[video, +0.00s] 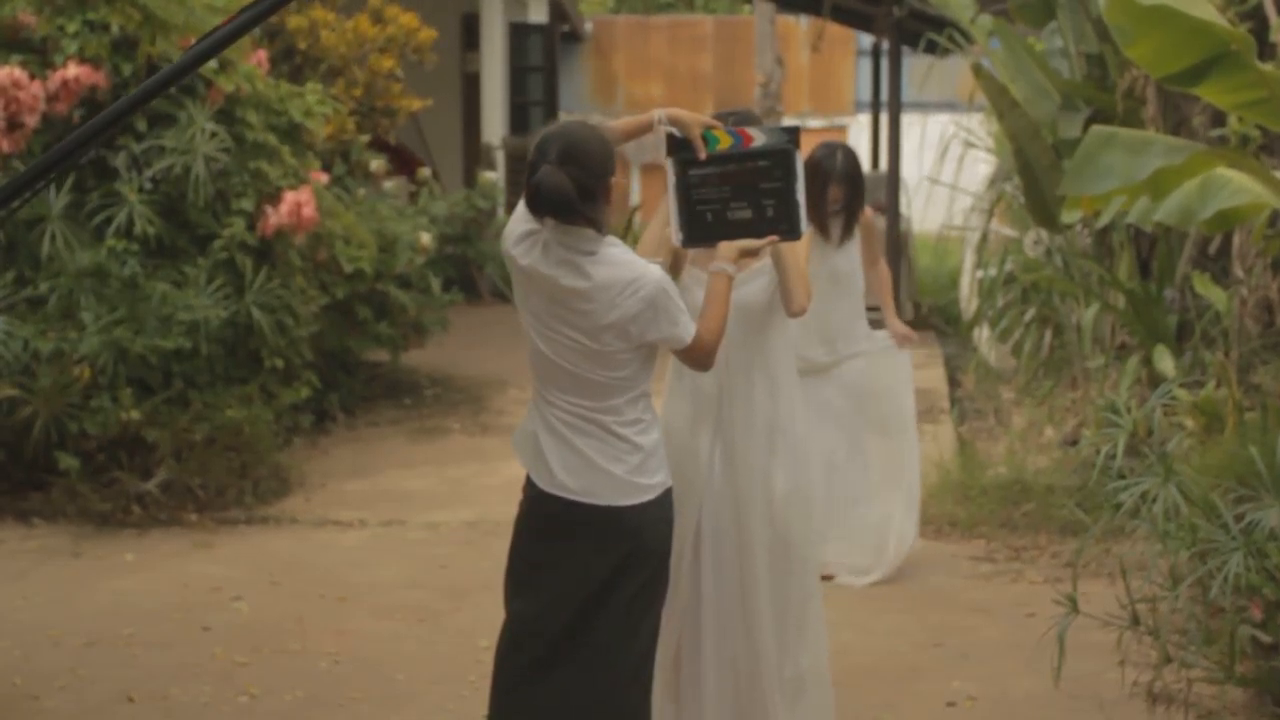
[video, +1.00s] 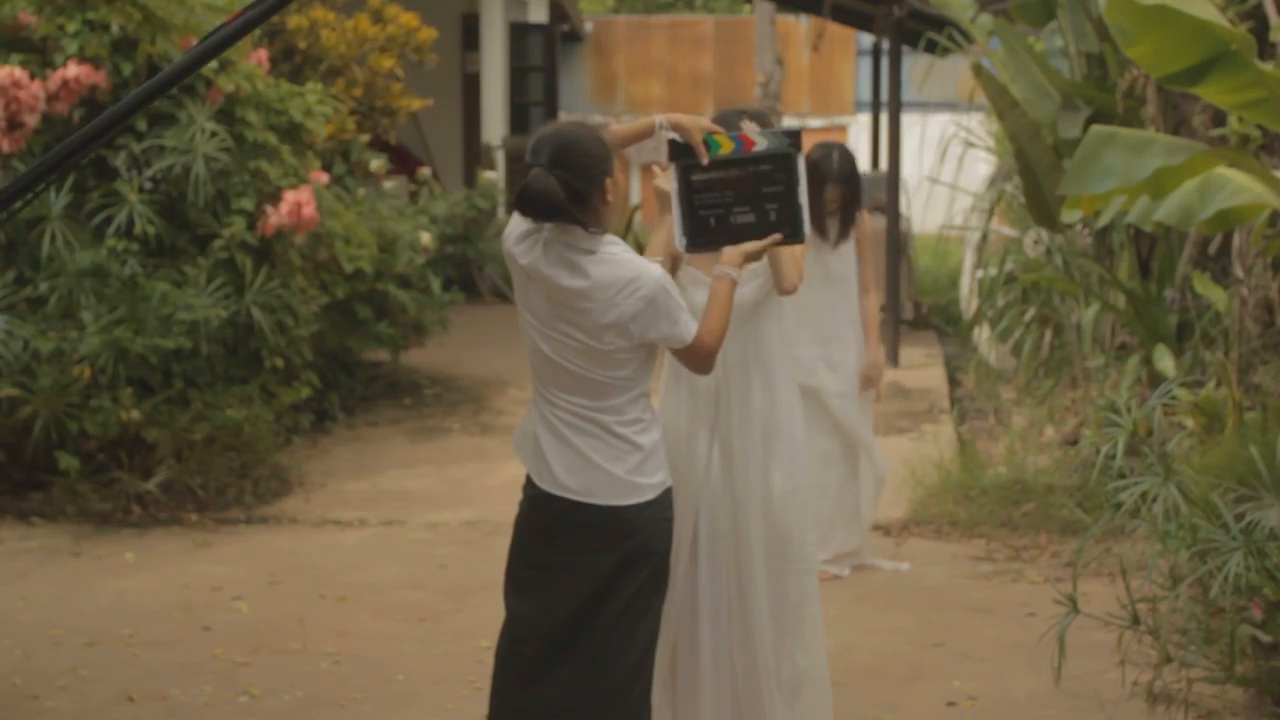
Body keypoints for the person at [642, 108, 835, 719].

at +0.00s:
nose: (734, 170)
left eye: (748, 157)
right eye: (721, 156)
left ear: (770, 166)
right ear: (701, 158)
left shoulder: (782, 228)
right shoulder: (684, 217)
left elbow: (797, 302)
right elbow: (643, 285)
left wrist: (774, 214)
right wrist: (675, 191)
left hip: (764, 426)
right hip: (693, 428)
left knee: (764, 578)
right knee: (695, 580)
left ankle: (770, 705)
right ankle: (694, 706)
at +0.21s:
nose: (733, 167)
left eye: (746, 154)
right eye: (721, 154)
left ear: (769, 163)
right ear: (701, 157)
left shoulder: (781, 223)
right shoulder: (687, 214)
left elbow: (793, 295)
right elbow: (647, 284)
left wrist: (773, 205)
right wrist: (677, 189)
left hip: (762, 424)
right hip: (692, 425)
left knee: (763, 576)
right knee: (694, 576)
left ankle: (769, 704)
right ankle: (694, 705)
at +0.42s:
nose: (733, 169)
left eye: (747, 155)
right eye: (722, 156)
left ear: (769, 163)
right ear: (701, 159)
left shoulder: (782, 222)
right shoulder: (686, 213)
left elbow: (792, 292)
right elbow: (647, 283)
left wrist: (771, 207)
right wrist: (673, 190)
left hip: (762, 421)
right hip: (691, 423)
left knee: (762, 575)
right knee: (693, 575)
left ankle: (767, 704)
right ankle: (691, 706)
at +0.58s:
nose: (732, 168)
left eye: (747, 155)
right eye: (721, 155)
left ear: (769, 164)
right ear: (701, 160)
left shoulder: (781, 226)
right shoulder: (688, 218)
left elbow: (789, 292)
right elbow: (649, 283)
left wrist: (772, 206)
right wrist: (664, 196)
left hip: (762, 421)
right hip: (691, 423)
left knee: (761, 575)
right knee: (693, 575)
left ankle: (767, 705)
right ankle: (692, 706)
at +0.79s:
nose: (737, 167)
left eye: (751, 155)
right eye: (726, 153)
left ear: (773, 164)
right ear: (707, 157)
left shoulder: (780, 220)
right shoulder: (691, 212)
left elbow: (789, 287)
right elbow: (652, 284)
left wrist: (771, 205)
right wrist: (664, 198)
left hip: (762, 412)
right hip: (691, 414)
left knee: (762, 565)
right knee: (693, 565)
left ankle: (767, 702)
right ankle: (693, 703)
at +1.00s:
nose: (736, 165)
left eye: (750, 153)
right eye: (725, 151)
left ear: (772, 162)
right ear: (705, 155)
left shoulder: (778, 219)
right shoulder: (691, 210)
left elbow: (788, 278)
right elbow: (656, 280)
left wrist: (771, 196)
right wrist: (663, 202)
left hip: (760, 410)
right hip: (691, 411)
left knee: (760, 561)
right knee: (694, 562)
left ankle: (767, 701)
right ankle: (694, 702)